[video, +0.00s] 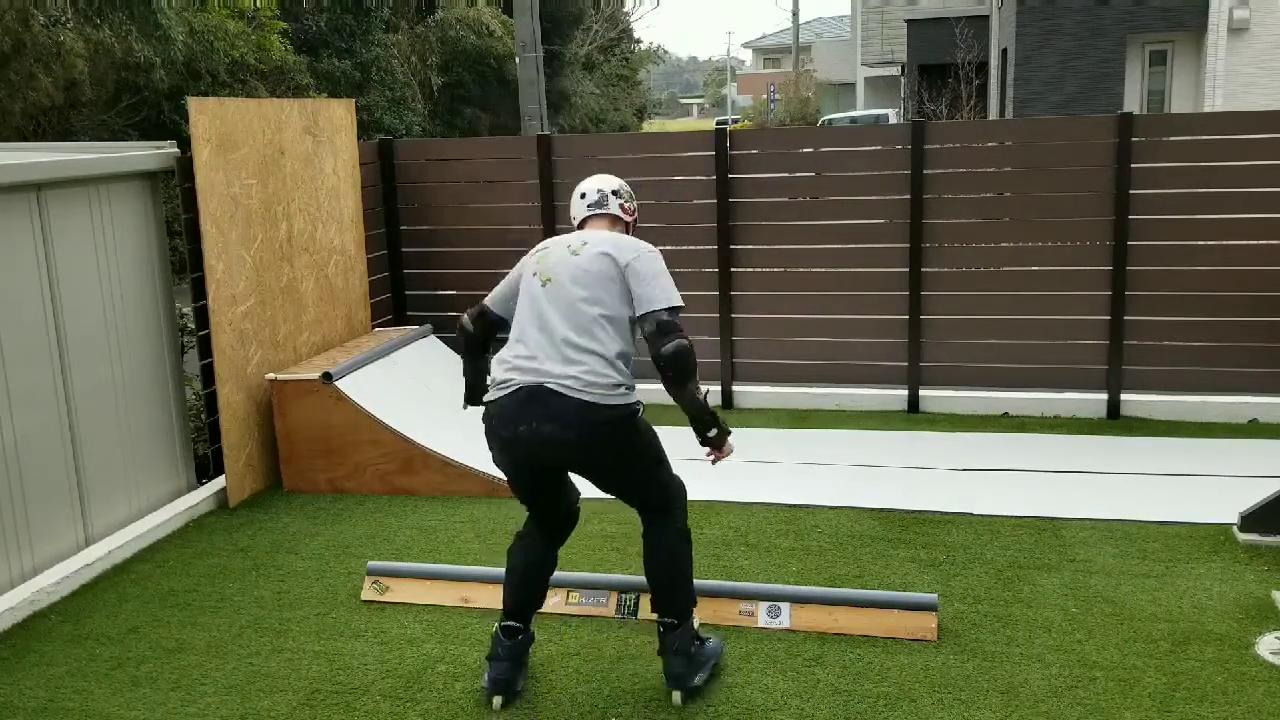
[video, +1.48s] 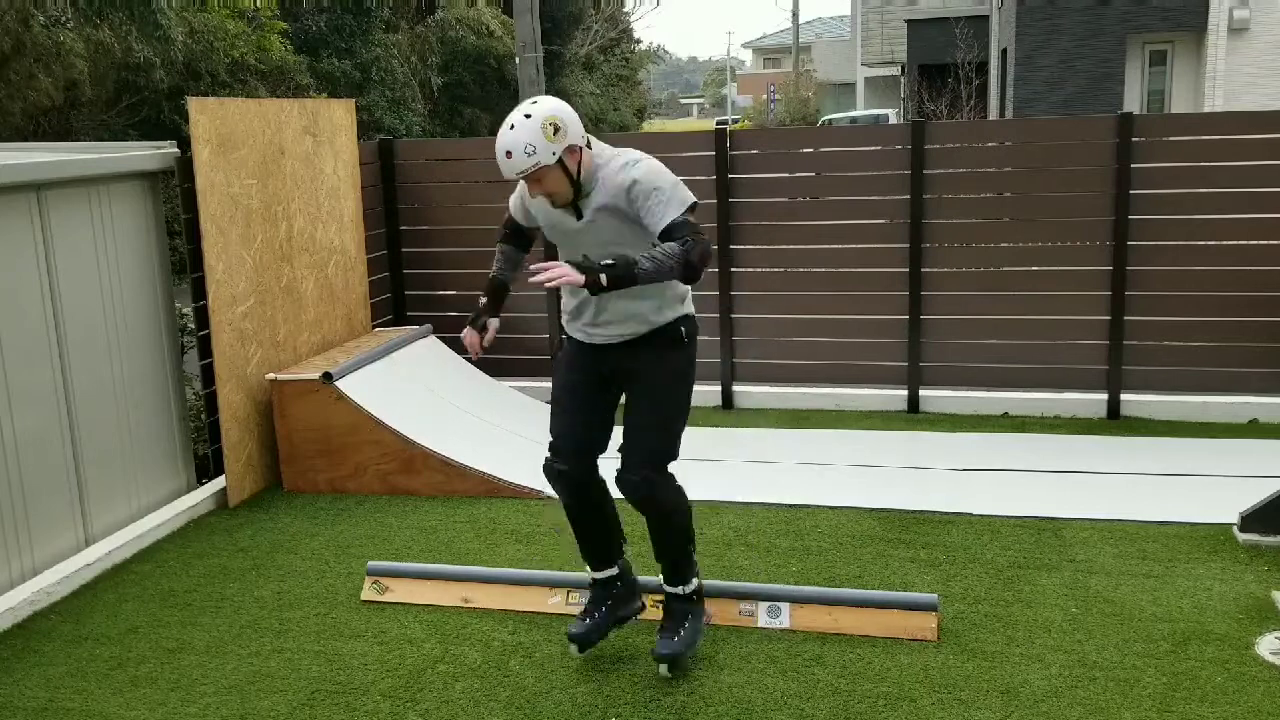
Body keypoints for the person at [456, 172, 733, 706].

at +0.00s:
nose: (634, 222)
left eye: (630, 215)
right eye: (632, 214)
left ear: (576, 218)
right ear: (627, 214)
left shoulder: (539, 254)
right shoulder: (635, 252)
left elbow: (478, 323)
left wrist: (475, 378)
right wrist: (702, 418)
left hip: (509, 411)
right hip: (593, 412)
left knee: (552, 513)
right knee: (664, 503)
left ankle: (506, 653)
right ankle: (681, 651)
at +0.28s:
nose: (508, 148)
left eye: (506, 139)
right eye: (507, 141)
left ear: (515, 131)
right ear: (565, 114)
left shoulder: (533, 157)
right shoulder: (626, 146)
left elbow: (496, 195)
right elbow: (693, 170)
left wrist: (407, 238)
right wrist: (685, 160)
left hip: (579, 338)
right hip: (655, 332)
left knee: (552, 486)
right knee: (651, 470)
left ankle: (535, 633)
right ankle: (682, 614)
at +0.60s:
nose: (521, 221)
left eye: (521, 211)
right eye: (515, 214)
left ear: (543, 193)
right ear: (543, 191)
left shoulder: (615, 191)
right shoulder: (551, 209)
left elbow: (637, 261)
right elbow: (543, 241)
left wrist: (542, 285)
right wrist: (523, 266)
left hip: (684, 322)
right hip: (610, 323)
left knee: (701, 446)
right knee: (570, 437)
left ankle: (734, 554)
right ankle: (562, 546)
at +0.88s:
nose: (576, 317)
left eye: (581, 307)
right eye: (568, 311)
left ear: (607, 285)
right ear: (555, 292)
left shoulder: (664, 270)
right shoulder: (551, 277)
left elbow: (727, 342)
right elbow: (492, 296)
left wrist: (712, 424)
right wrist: (450, 357)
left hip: (682, 336)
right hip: (612, 335)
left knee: (719, 433)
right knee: (568, 435)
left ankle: (738, 547)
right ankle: (565, 540)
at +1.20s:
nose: (585, 276)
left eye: (592, 264)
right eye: (575, 267)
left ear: (621, 238)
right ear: (559, 247)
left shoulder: (667, 233)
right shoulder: (554, 245)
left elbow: (744, 292)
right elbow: (484, 246)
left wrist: (709, 336)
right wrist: (438, 312)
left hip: (685, 335)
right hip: (602, 332)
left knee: (719, 441)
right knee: (557, 441)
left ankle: (738, 550)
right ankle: (565, 541)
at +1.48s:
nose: (531, 188)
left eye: (536, 174)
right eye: (523, 178)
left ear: (571, 154)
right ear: (524, 168)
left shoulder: (640, 176)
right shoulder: (535, 192)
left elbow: (691, 255)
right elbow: (515, 241)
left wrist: (598, 274)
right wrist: (489, 310)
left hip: (660, 337)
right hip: (586, 342)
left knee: (644, 475)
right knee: (567, 465)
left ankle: (684, 599)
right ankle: (614, 588)